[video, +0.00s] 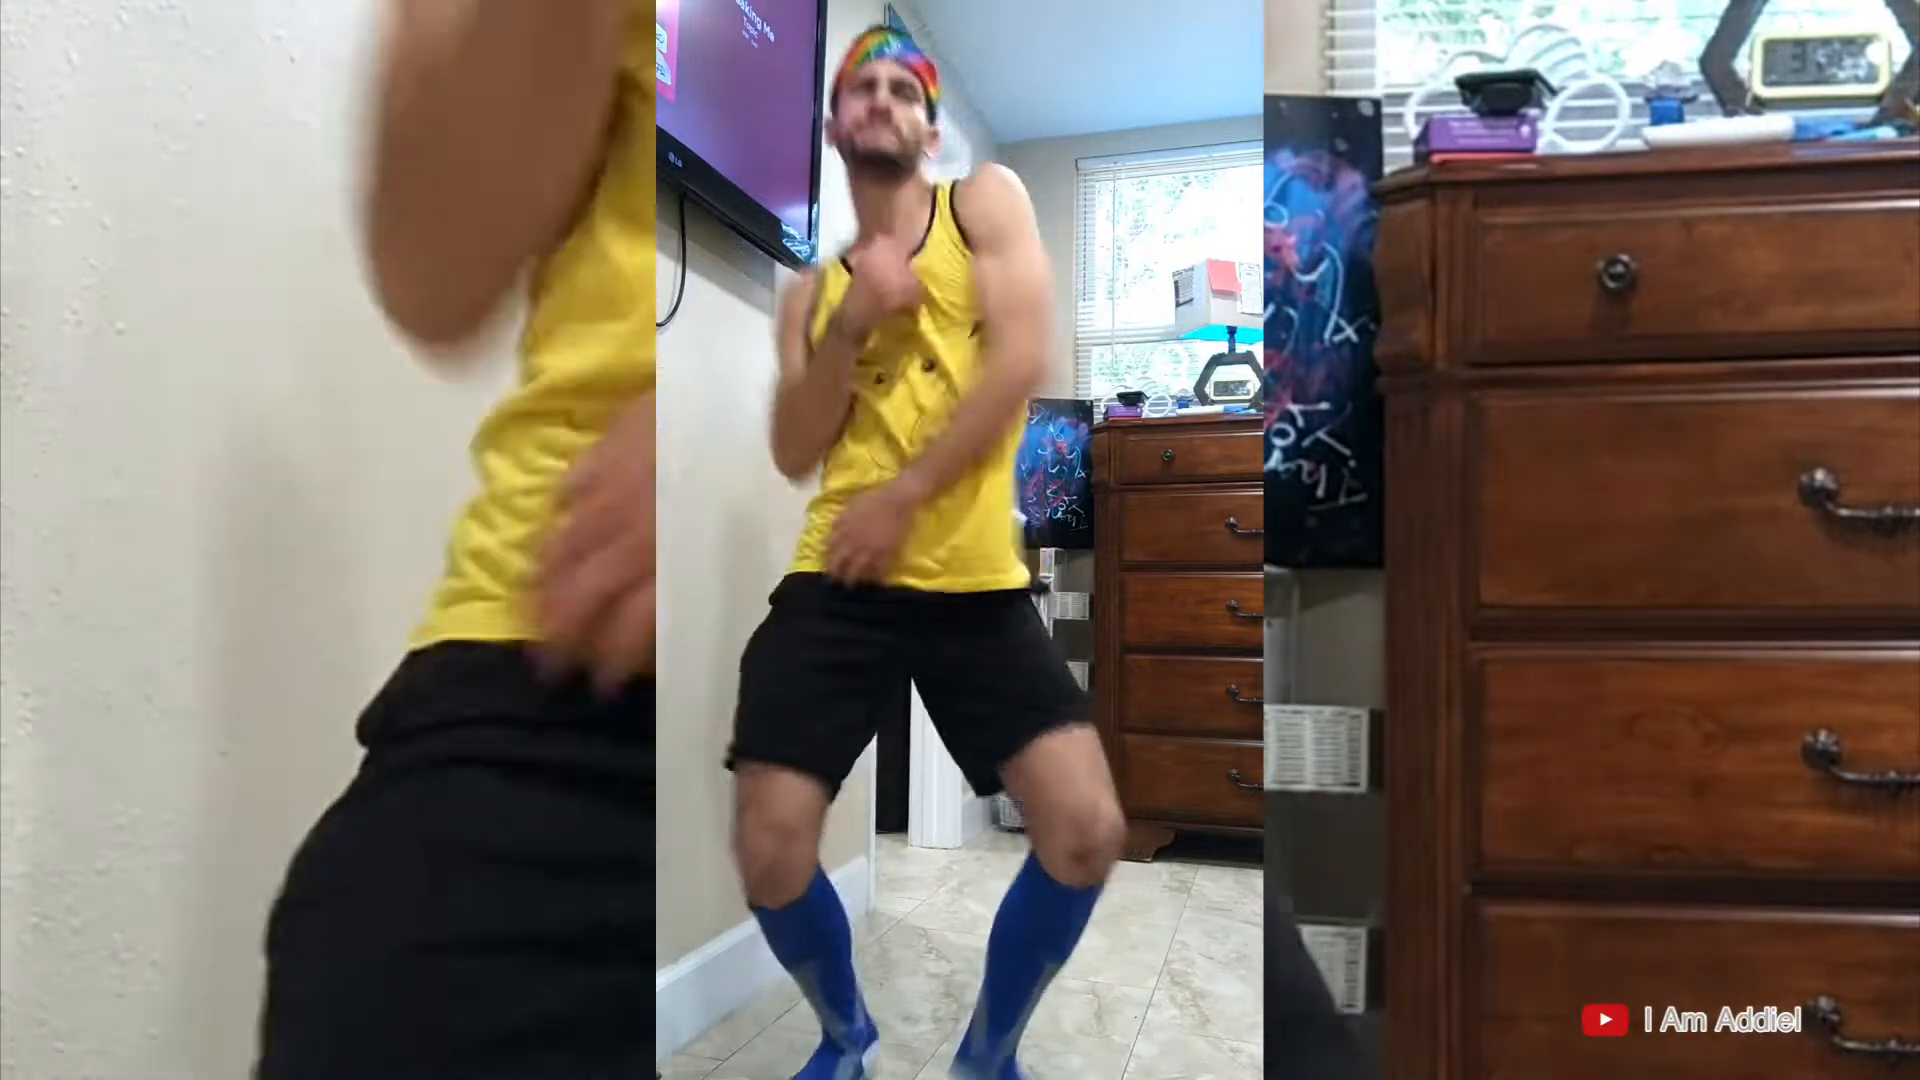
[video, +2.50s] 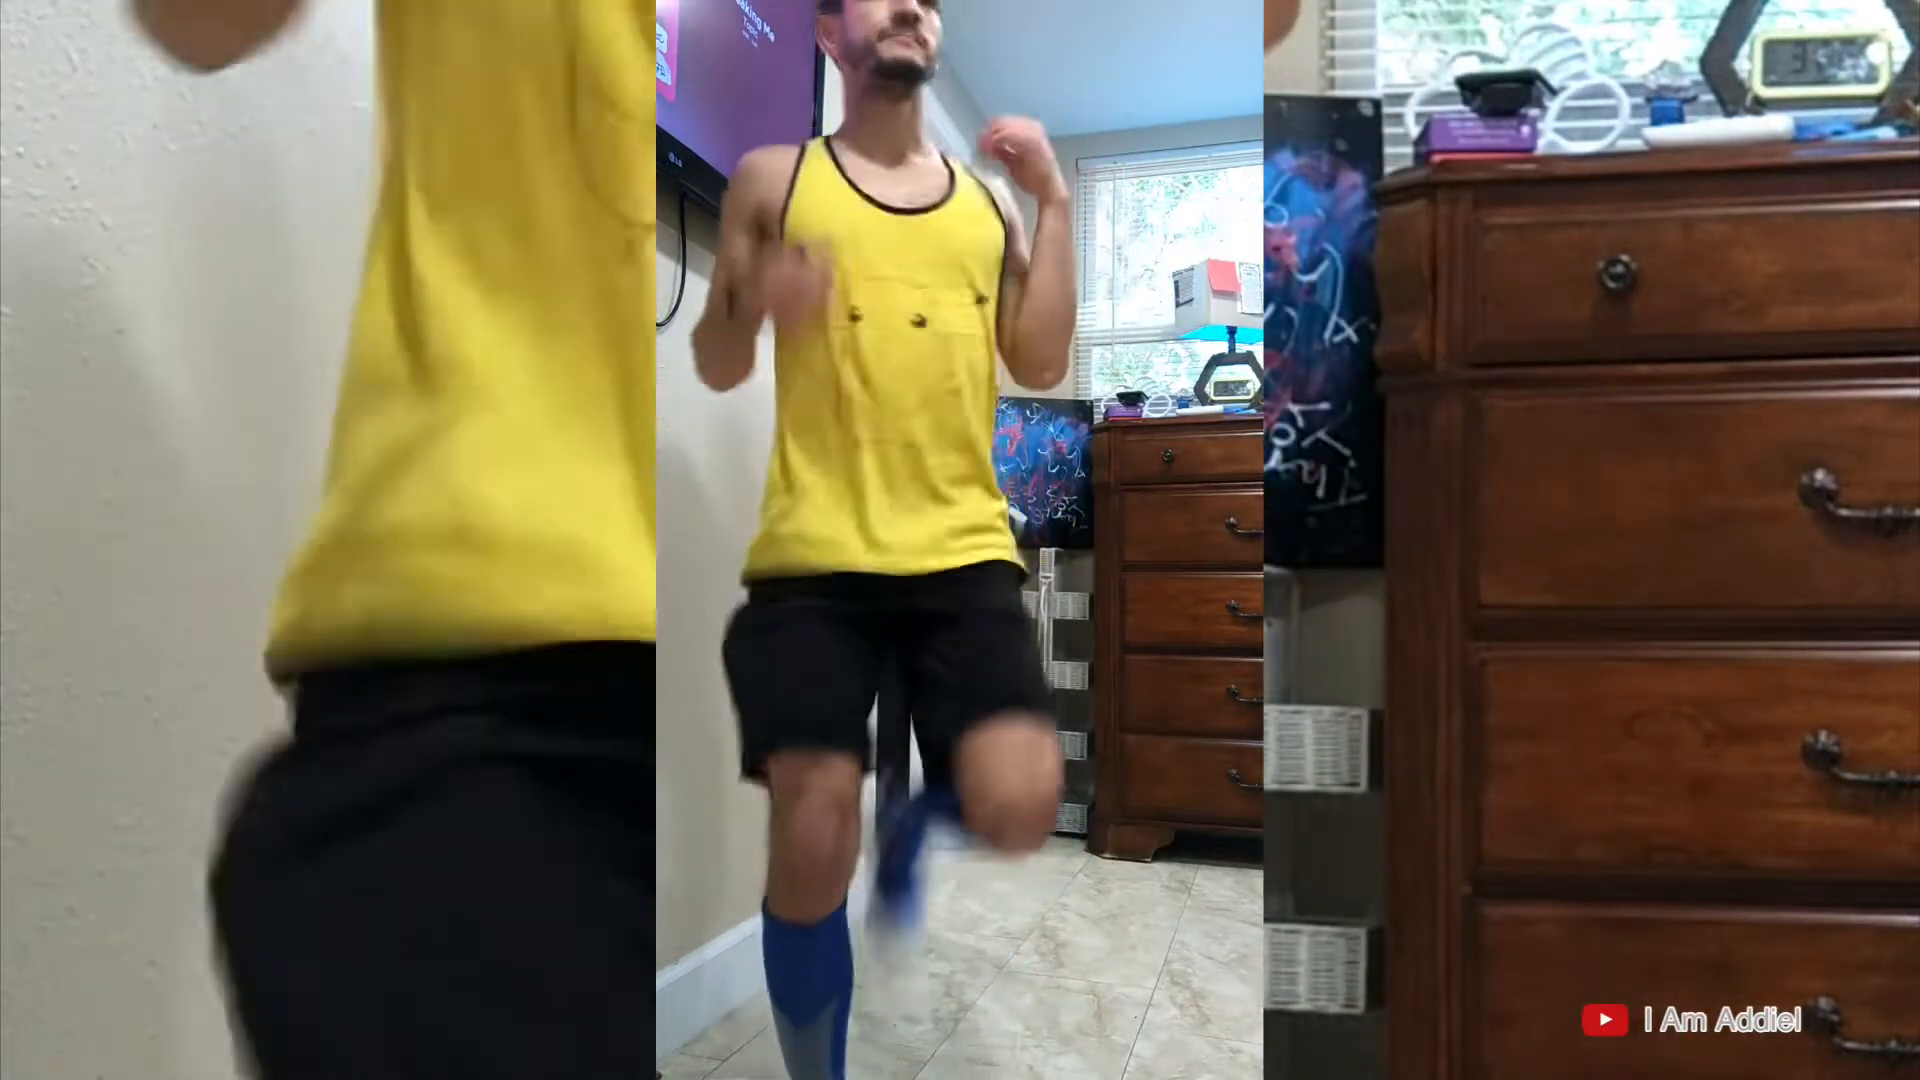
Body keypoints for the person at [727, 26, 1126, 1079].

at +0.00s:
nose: (881, 103)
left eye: (903, 92)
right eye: (862, 89)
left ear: (932, 126)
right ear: (831, 125)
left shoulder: (984, 198)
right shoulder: (810, 288)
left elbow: (1023, 359)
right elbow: (794, 450)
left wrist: (903, 495)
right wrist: (852, 327)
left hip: (976, 587)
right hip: (834, 590)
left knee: (1087, 832)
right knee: (768, 846)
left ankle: (988, 1053)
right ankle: (847, 1037)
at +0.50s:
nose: (1019, 32)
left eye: (1032, 27)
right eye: (993, 23)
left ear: (1045, 75)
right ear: (943, 66)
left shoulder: (1044, 203)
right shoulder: (918, 133)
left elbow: (1068, 392)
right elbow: (878, 295)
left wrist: (1067, 260)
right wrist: (916, 488)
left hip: (1014, 529)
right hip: (904, 523)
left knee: (1044, 786)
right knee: (902, 799)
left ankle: (1018, 1040)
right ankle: (880, 1013)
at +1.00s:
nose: (955, 14)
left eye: (983, 3)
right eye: (944, 7)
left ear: (1037, 35)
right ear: (934, 47)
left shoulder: (1090, 136)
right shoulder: (915, 183)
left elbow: (1042, 206)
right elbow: (928, 343)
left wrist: (877, 138)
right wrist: (877, 422)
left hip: (1034, 518)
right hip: (906, 515)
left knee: (1029, 801)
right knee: (847, 754)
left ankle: (1017, 1037)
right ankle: (898, 966)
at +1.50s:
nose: (919, 96)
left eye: (943, 82)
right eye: (906, 87)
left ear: (990, 112)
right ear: (897, 121)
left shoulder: (1034, 182)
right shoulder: (916, 265)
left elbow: (1152, 316)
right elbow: (873, 414)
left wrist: (1071, 421)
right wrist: (869, 265)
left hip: (1010, 524)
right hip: (925, 535)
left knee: (910, 809)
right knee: (904, 813)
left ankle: (1127, 710)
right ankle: (1007, 1032)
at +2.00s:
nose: (1000, 67)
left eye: (1011, 55)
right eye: (973, 54)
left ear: (1023, 92)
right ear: (925, 90)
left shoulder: (1015, 251)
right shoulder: (878, 170)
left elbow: (1021, 398)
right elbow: (815, 328)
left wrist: (1082, 317)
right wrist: (855, 503)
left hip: (1020, 566)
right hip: (902, 561)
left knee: (1016, 820)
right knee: (915, 828)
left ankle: (958, 1065)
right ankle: (887, 845)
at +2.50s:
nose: (906, 12)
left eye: (921, 5)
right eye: (879, 2)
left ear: (939, 41)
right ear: (831, 33)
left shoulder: (980, 200)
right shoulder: (774, 177)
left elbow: (1039, 363)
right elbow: (718, 368)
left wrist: (1052, 204)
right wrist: (750, 282)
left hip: (964, 548)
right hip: (814, 551)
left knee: (1022, 809)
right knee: (816, 826)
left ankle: (910, 818)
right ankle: (817, 1074)